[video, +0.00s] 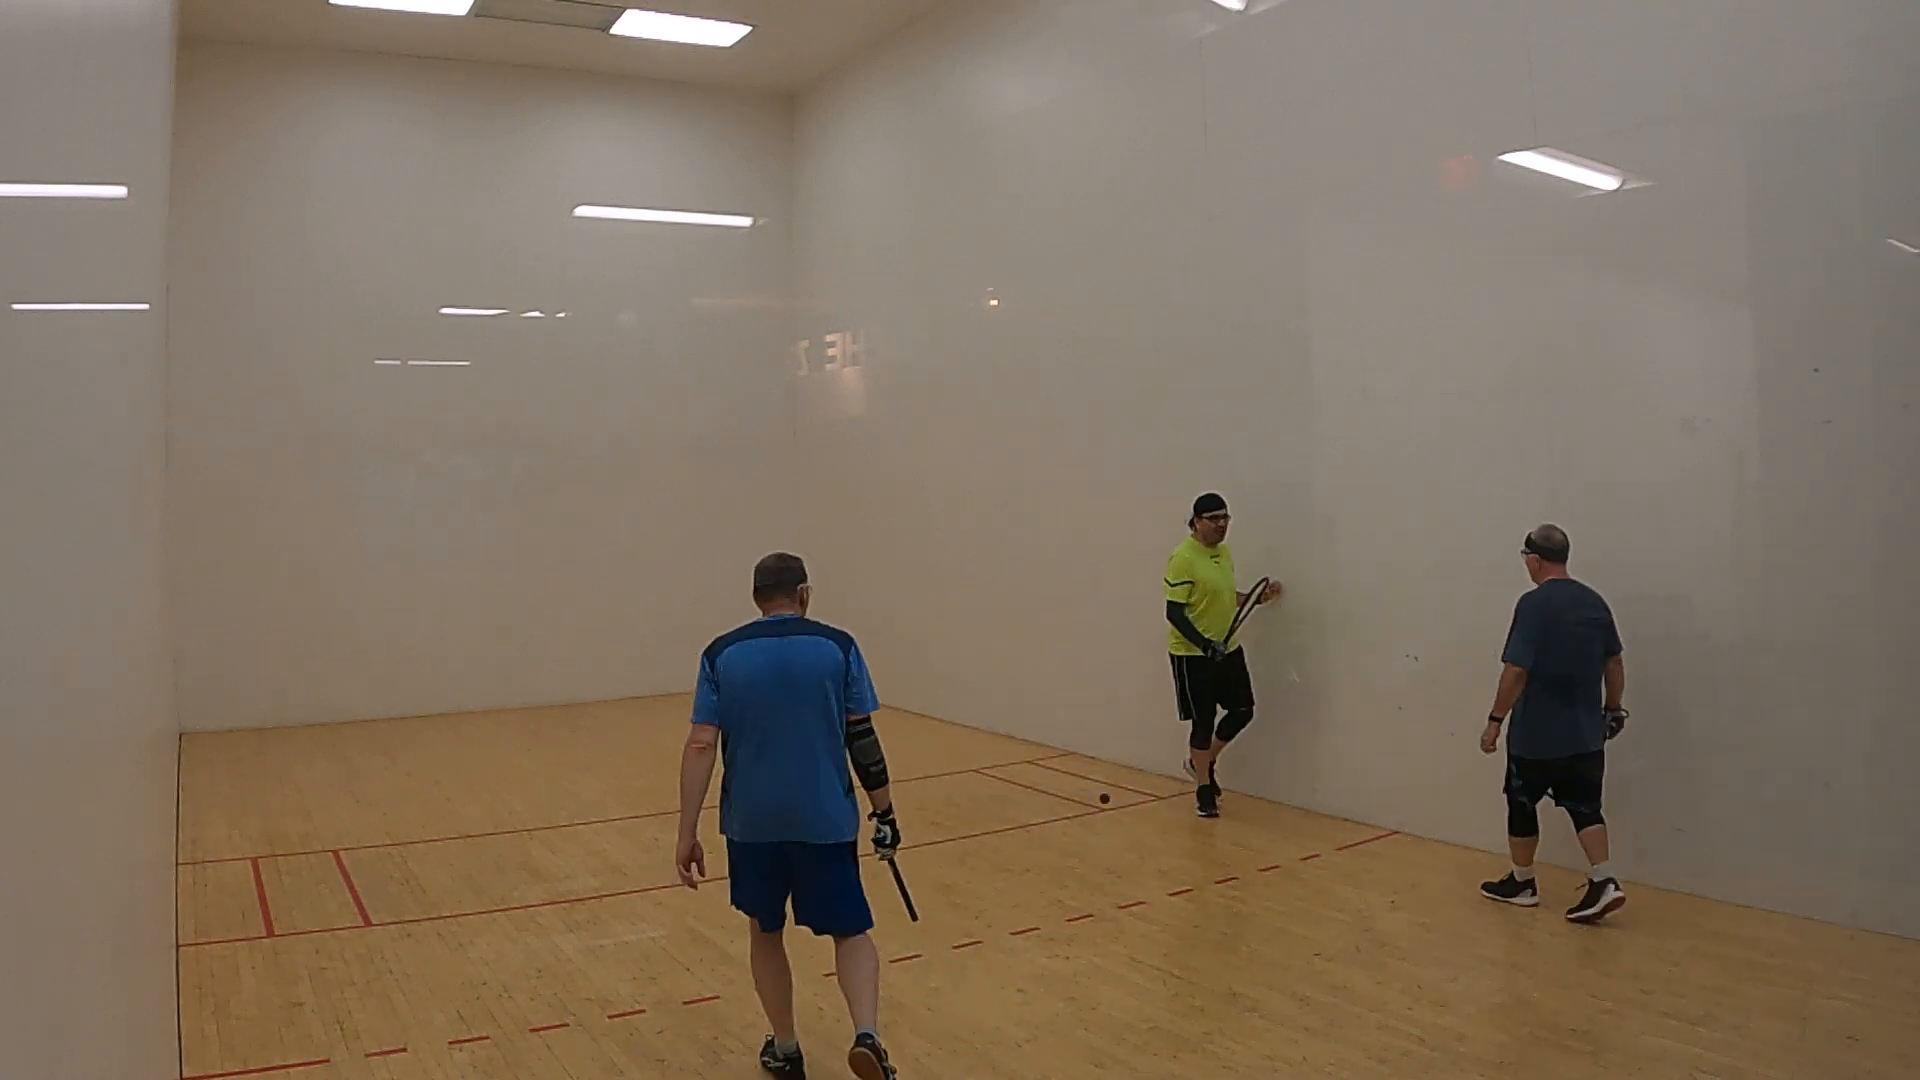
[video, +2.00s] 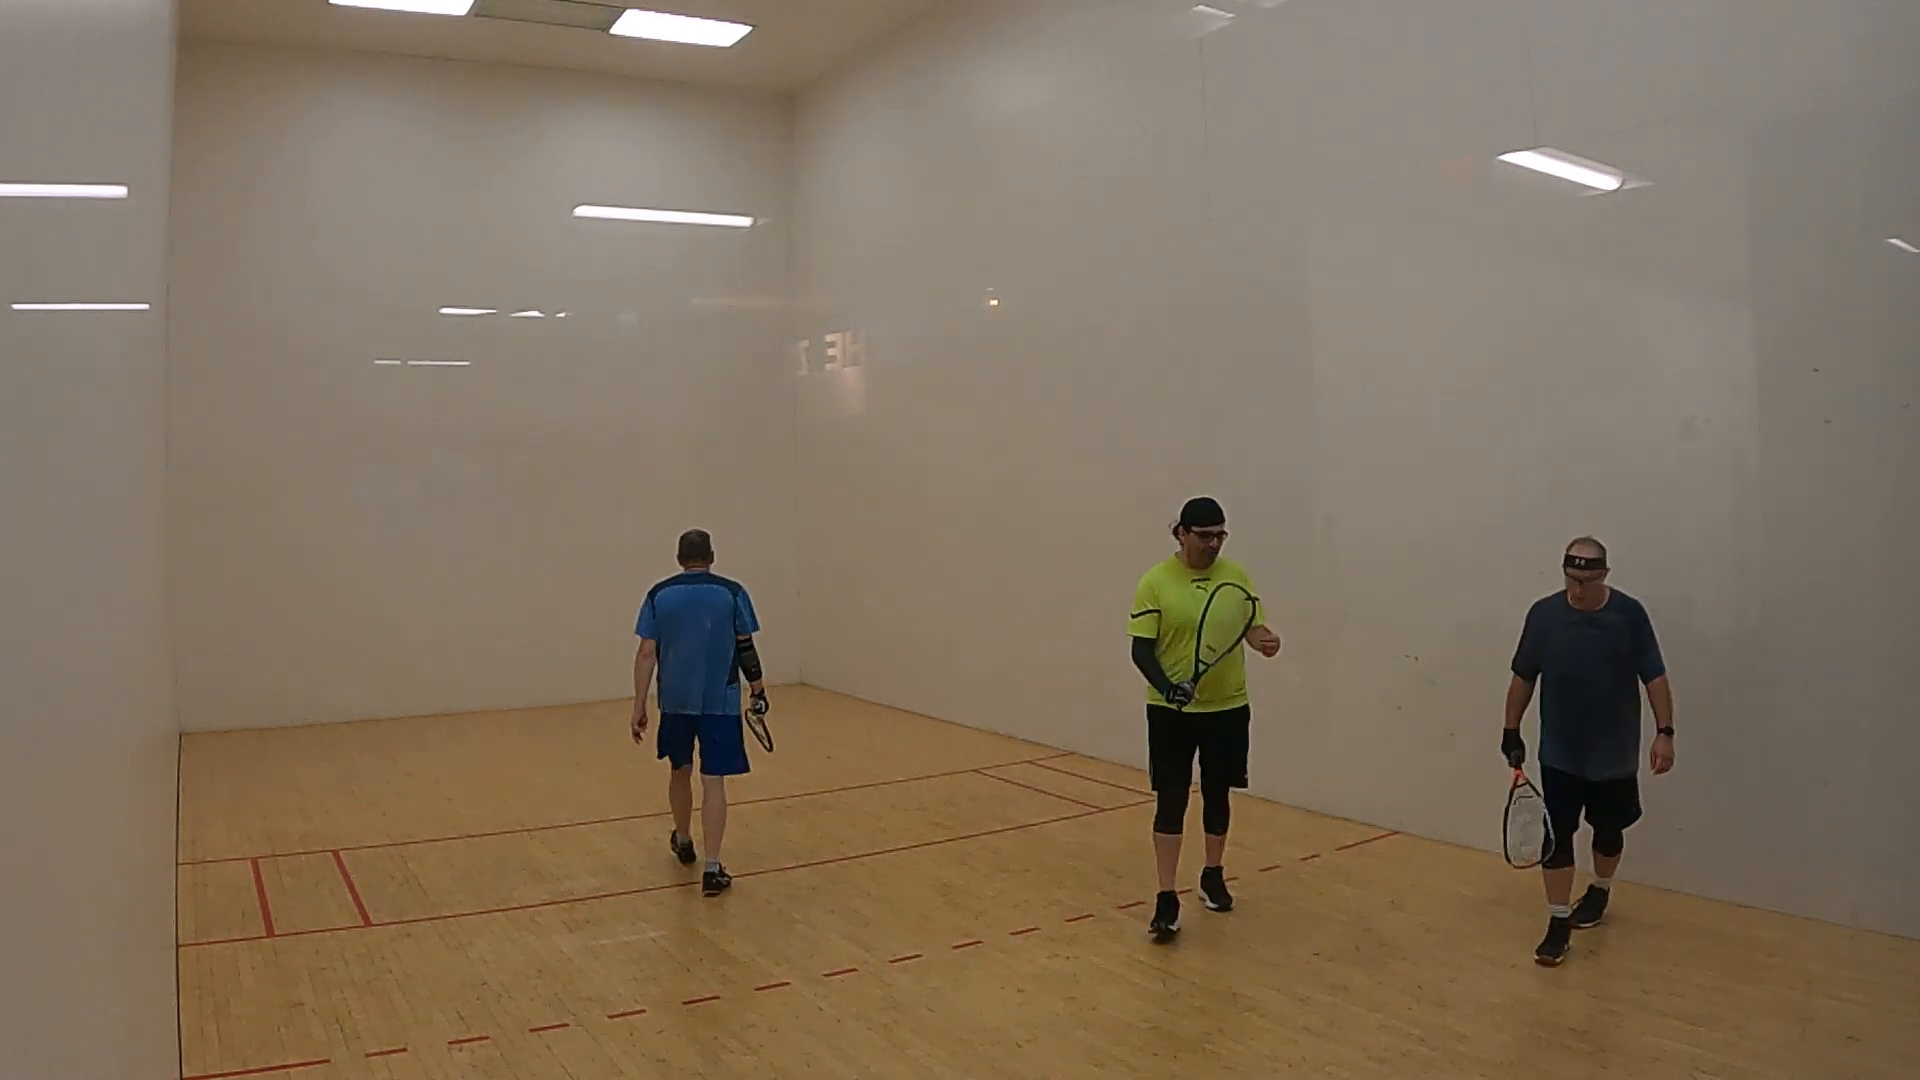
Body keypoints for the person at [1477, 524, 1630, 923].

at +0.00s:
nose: (1525, 561)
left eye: (1526, 556)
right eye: (1526, 555)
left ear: (1536, 559)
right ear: (1564, 558)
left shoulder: (1533, 604)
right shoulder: (1594, 602)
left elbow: (1516, 670)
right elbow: (1614, 661)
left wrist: (1495, 719)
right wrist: (1614, 709)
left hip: (1536, 732)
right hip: (1585, 732)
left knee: (1520, 799)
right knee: (1584, 805)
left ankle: (1521, 882)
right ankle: (1603, 883)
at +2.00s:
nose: (1578, 584)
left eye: (1587, 577)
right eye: (1572, 576)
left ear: (1604, 573)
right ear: (1562, 572)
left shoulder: (1629, 614)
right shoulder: (1544, 614)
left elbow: (1654, 675)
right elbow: (1523, 676)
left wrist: (1665, 732)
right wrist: (1510, 730)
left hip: (1613, 751)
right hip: (1559, 749)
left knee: (1607, 830)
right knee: (1556, 834)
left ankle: (1598, 892)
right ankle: (1557, 923)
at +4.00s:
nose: (1747, 615)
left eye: (1754, 604)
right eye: (1736, 604)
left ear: (1761, 602)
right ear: (1704, 600)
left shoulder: (1772, 656)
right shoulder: (1666, 660)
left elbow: (1785, 744)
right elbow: (1638, 757)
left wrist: (1792, 818)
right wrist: (1637, 837)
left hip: (1752, 839)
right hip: (1681, 839)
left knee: (1739, 962)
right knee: (1669, 953)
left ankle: (1715, 1069)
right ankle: (1630, 1005)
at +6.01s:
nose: (1780, 600)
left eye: (1786, 589)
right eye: (1782, 589)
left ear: (1812, 597)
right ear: (1835, 599)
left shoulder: (1833, 670)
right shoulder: (1869, 663)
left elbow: (1818, 787)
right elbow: (1858, 787)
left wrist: (1786, 881)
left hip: (1816, 881)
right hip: (1861, 881)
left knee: (1754, 988)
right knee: (1841, 997)